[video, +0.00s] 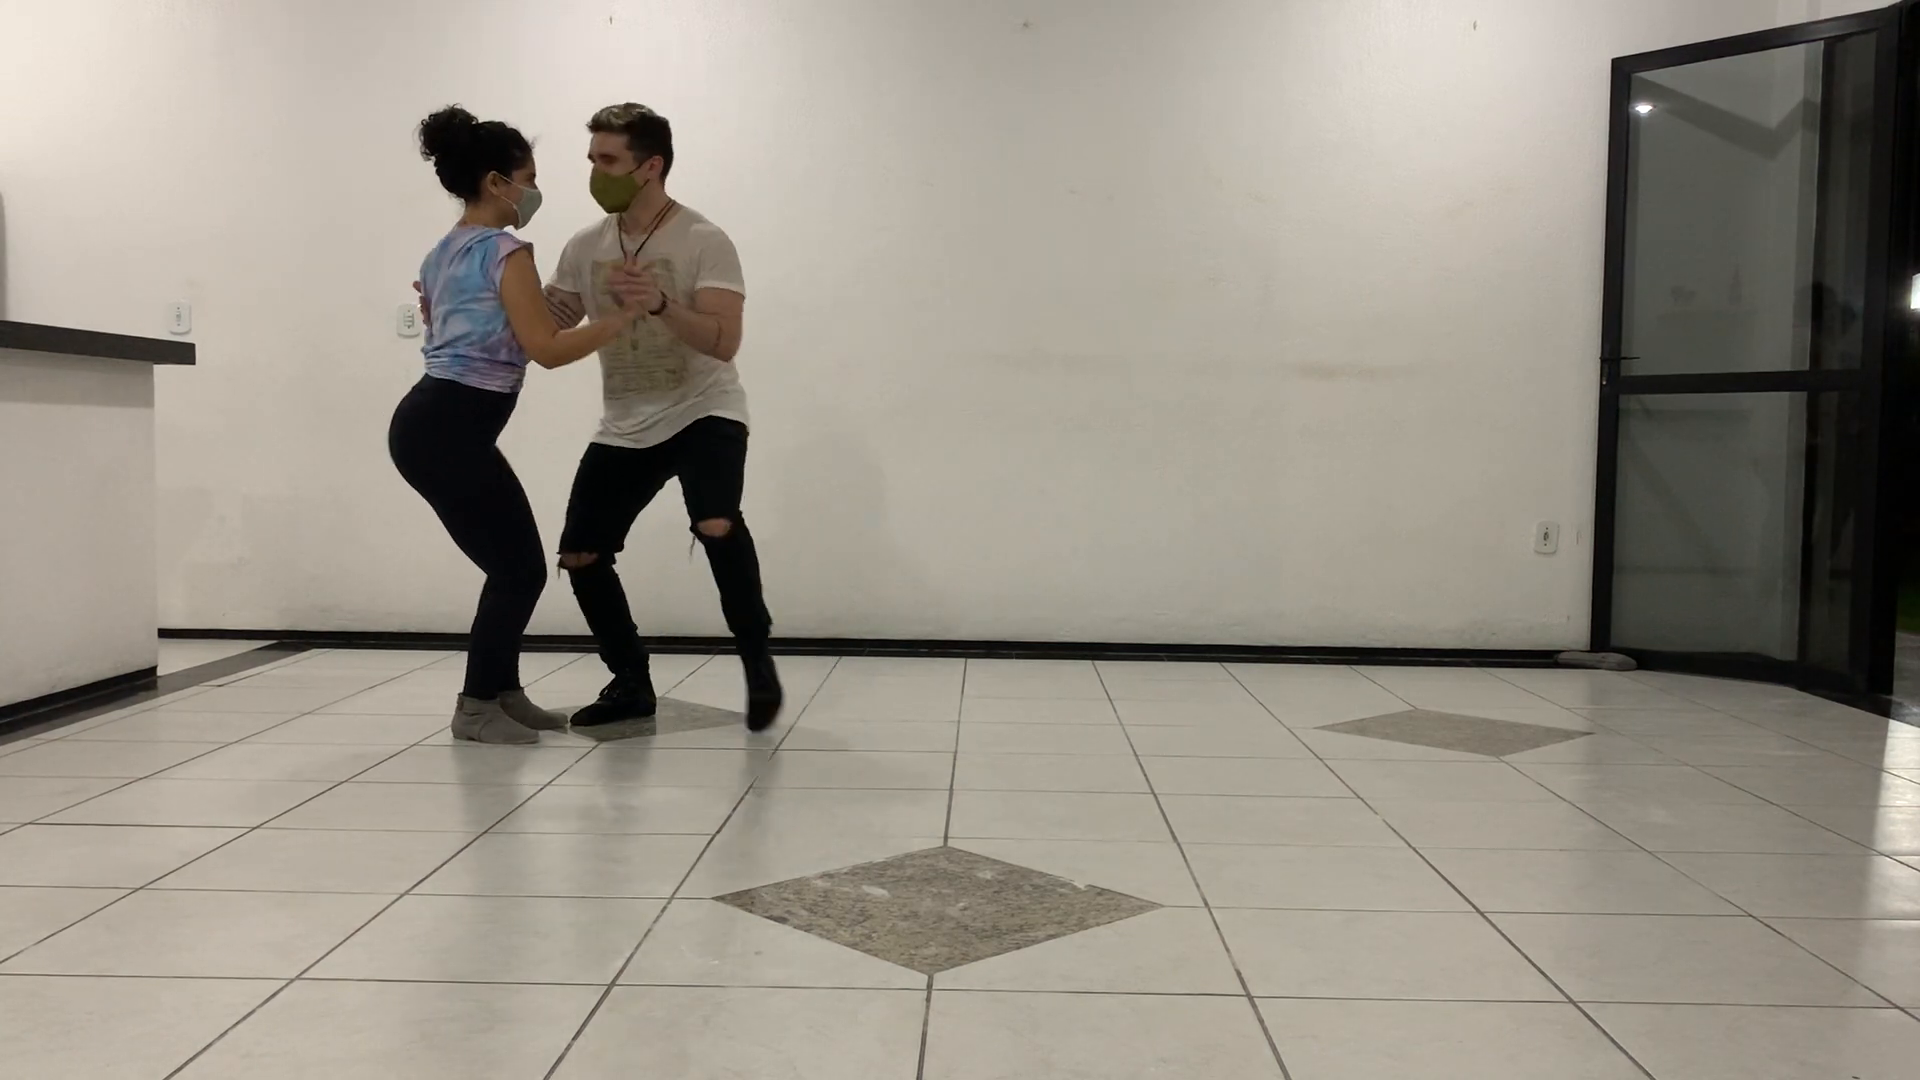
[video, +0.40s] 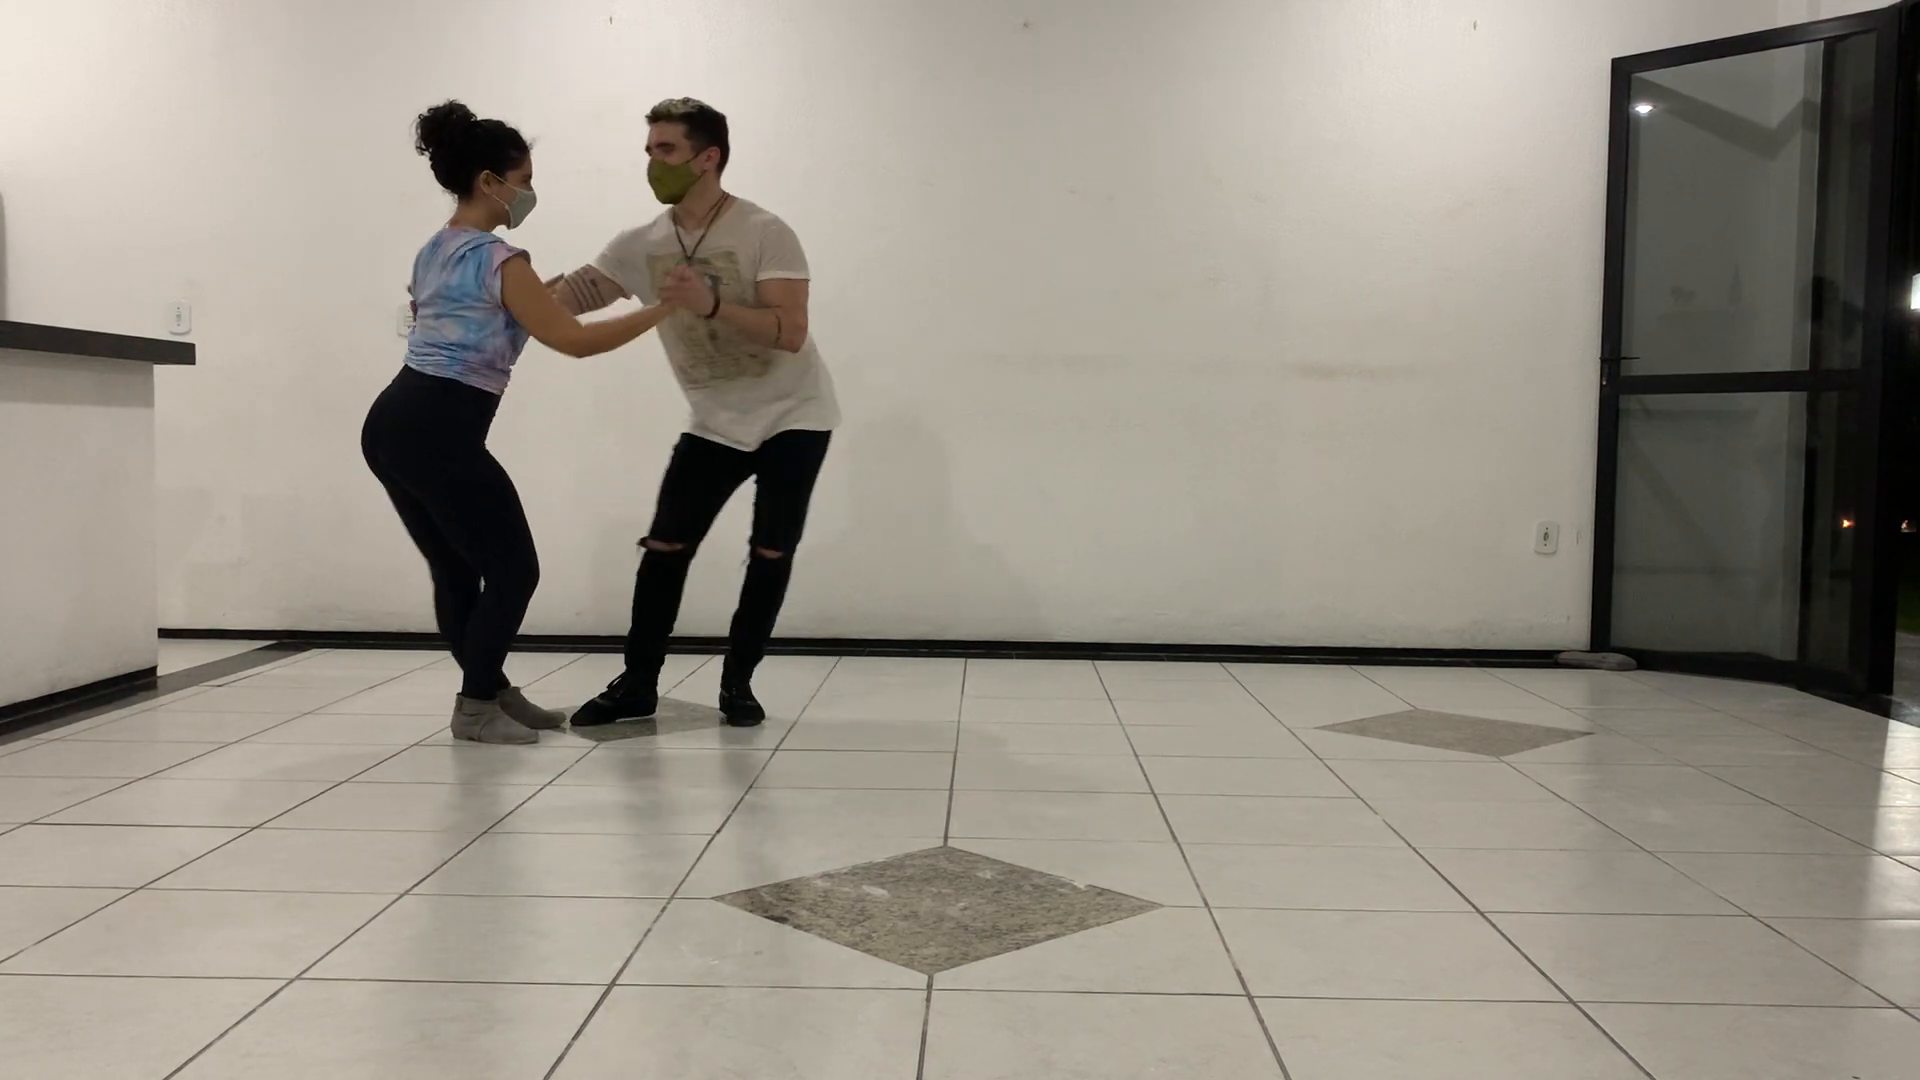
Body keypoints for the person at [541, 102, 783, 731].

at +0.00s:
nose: (594, 171)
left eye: (607, 161)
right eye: (592, 160)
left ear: (652, 166)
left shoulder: (704, 241)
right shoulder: (584, 249)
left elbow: (724, 340)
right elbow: (544, 330)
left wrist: (658, 304)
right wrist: (457, 305)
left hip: (705, 405)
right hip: (627, 421)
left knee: (716, 522)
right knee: (582, 551)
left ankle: (757, 667)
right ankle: (632, 686)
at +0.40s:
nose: (654, 162)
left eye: (667, 151)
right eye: (650, 151)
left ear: (710, 156)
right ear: (650, 156)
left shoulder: (766, 234)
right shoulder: (642, 247)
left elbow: (791, 331)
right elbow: (561, 298)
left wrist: (712, 303)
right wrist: (467, 293)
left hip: (795, 407)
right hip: (718, 416)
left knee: (771, 547)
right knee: (666, 541)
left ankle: (737, 682)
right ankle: (639, 684)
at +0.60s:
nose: (696, 174)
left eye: (709, 162)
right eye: (691, 162)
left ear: (751, 168)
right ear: (690, 166)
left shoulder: (799, 235)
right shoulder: (694, 251)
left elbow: (790, 302)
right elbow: (628, 314)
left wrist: (712, 258)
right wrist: (552, 331)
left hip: (828, 418)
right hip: (752, 422)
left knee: (792, 554)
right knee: (687, 535)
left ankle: (742, 681)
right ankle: (659, 667)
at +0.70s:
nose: (719, 177)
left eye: (733, 166)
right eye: (717, 166)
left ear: (776, 173)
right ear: (719, 172)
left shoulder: (818, 241)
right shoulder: (715, 255)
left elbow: (798, 302)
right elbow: (651, 315)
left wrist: (717, 271)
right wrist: (577, 335)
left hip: (834, 424)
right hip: (760, 426)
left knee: (795, 557)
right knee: (699, 535)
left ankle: (742, 679)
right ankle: (740, 644)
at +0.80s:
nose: (741, 174)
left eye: (755, 164)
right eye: (738, 163)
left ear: (797, 172)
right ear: (736, 166)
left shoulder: (835, 244)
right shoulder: (731, 248)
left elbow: (833, 306)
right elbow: (673, 316)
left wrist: (755, 289)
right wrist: (602, 336)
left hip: (838, 426)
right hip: (766, 429)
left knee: (798, 562)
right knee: (725, 552)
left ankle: (743, 678)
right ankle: (819, 644)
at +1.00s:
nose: (770, 164)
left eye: (784, 153)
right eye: (765, 153)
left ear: (824, 160)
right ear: (761, 159)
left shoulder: (858, 224)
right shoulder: (758, 245)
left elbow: (912, 261)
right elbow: (718, 336)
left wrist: (826, 227)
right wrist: (665, 294)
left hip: (865, 407)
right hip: (795, 420)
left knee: (834, 544)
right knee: (799, 562)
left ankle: (770, 675)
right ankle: (872, 676)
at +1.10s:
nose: (788, 162)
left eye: (802, 150)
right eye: (782, 151)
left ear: (839, 156)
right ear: (774, 158)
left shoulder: (878, 220)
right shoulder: (774, 245)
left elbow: (911, 217)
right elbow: (727, 328)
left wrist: (837, 199)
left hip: (885, 399)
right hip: (815, 415)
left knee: (895, 527)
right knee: (813, 559)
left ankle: (863, 660)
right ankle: (875, 684)